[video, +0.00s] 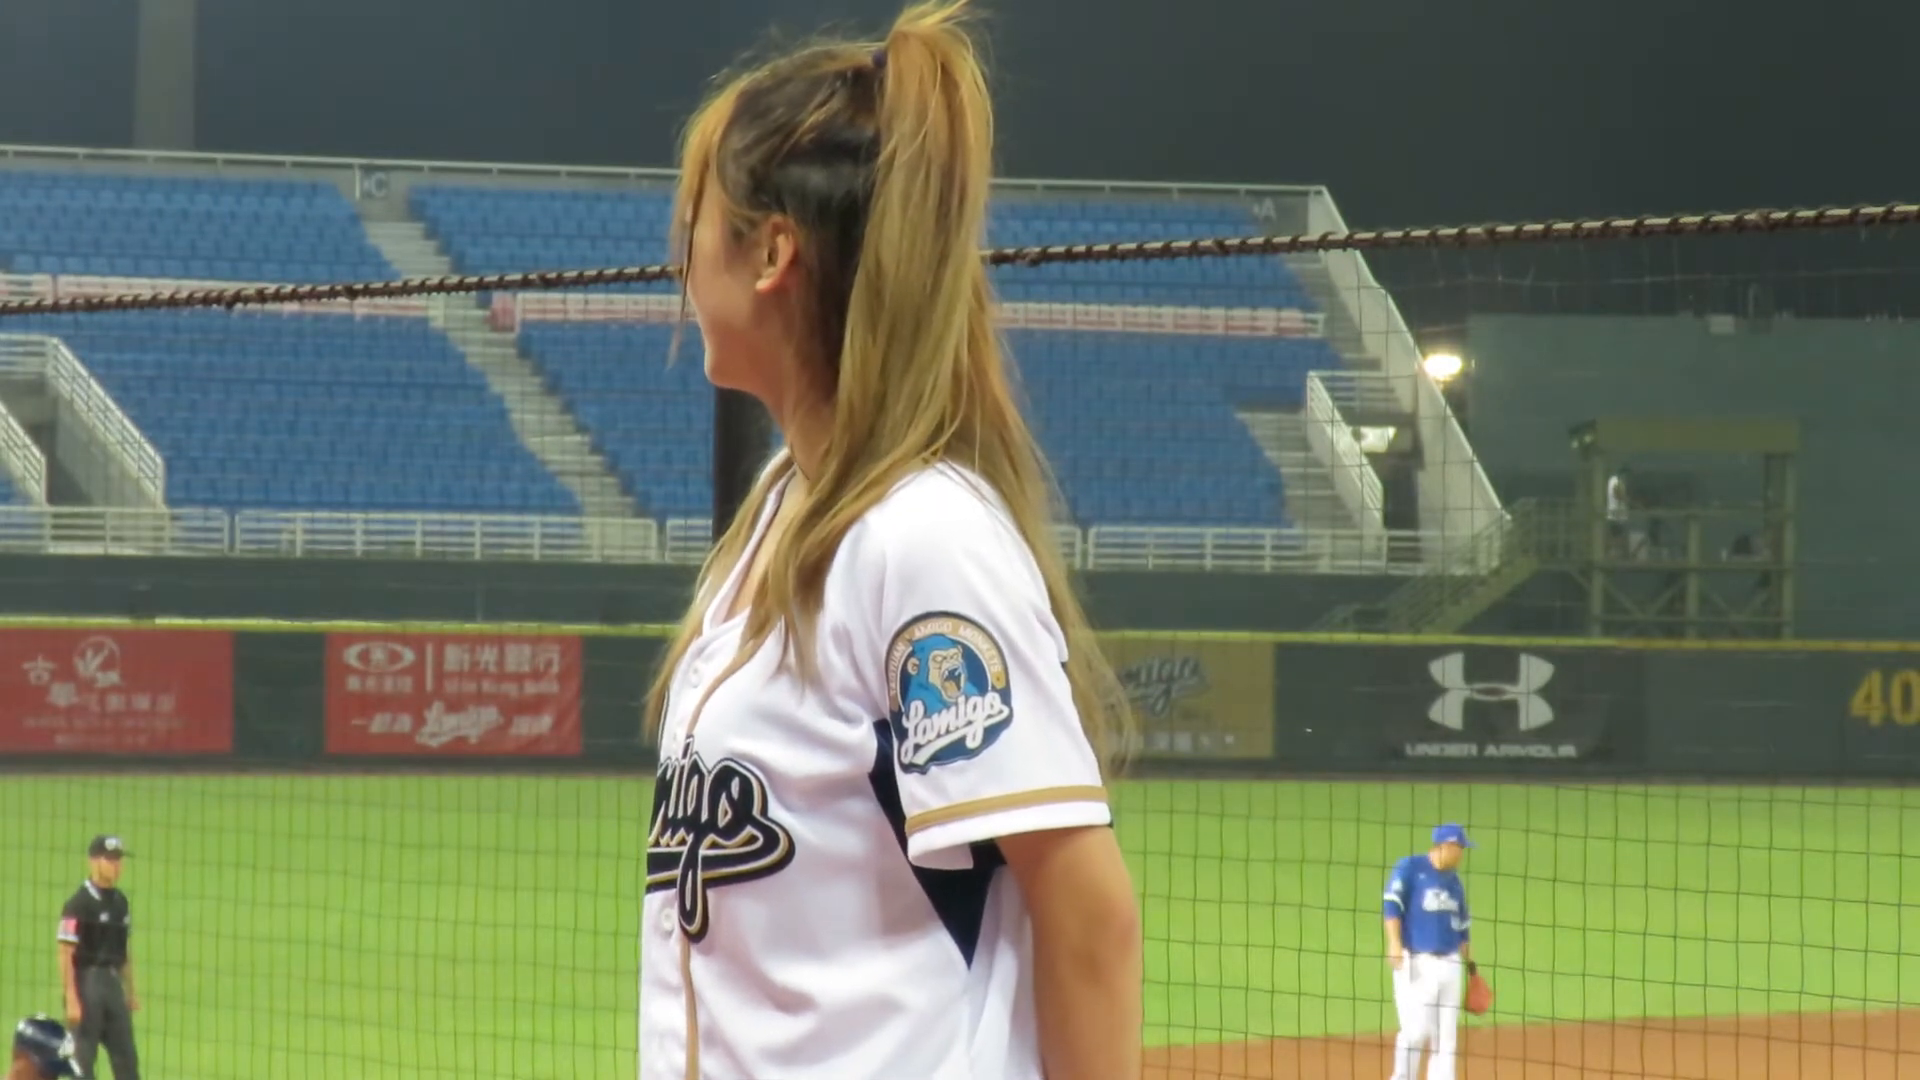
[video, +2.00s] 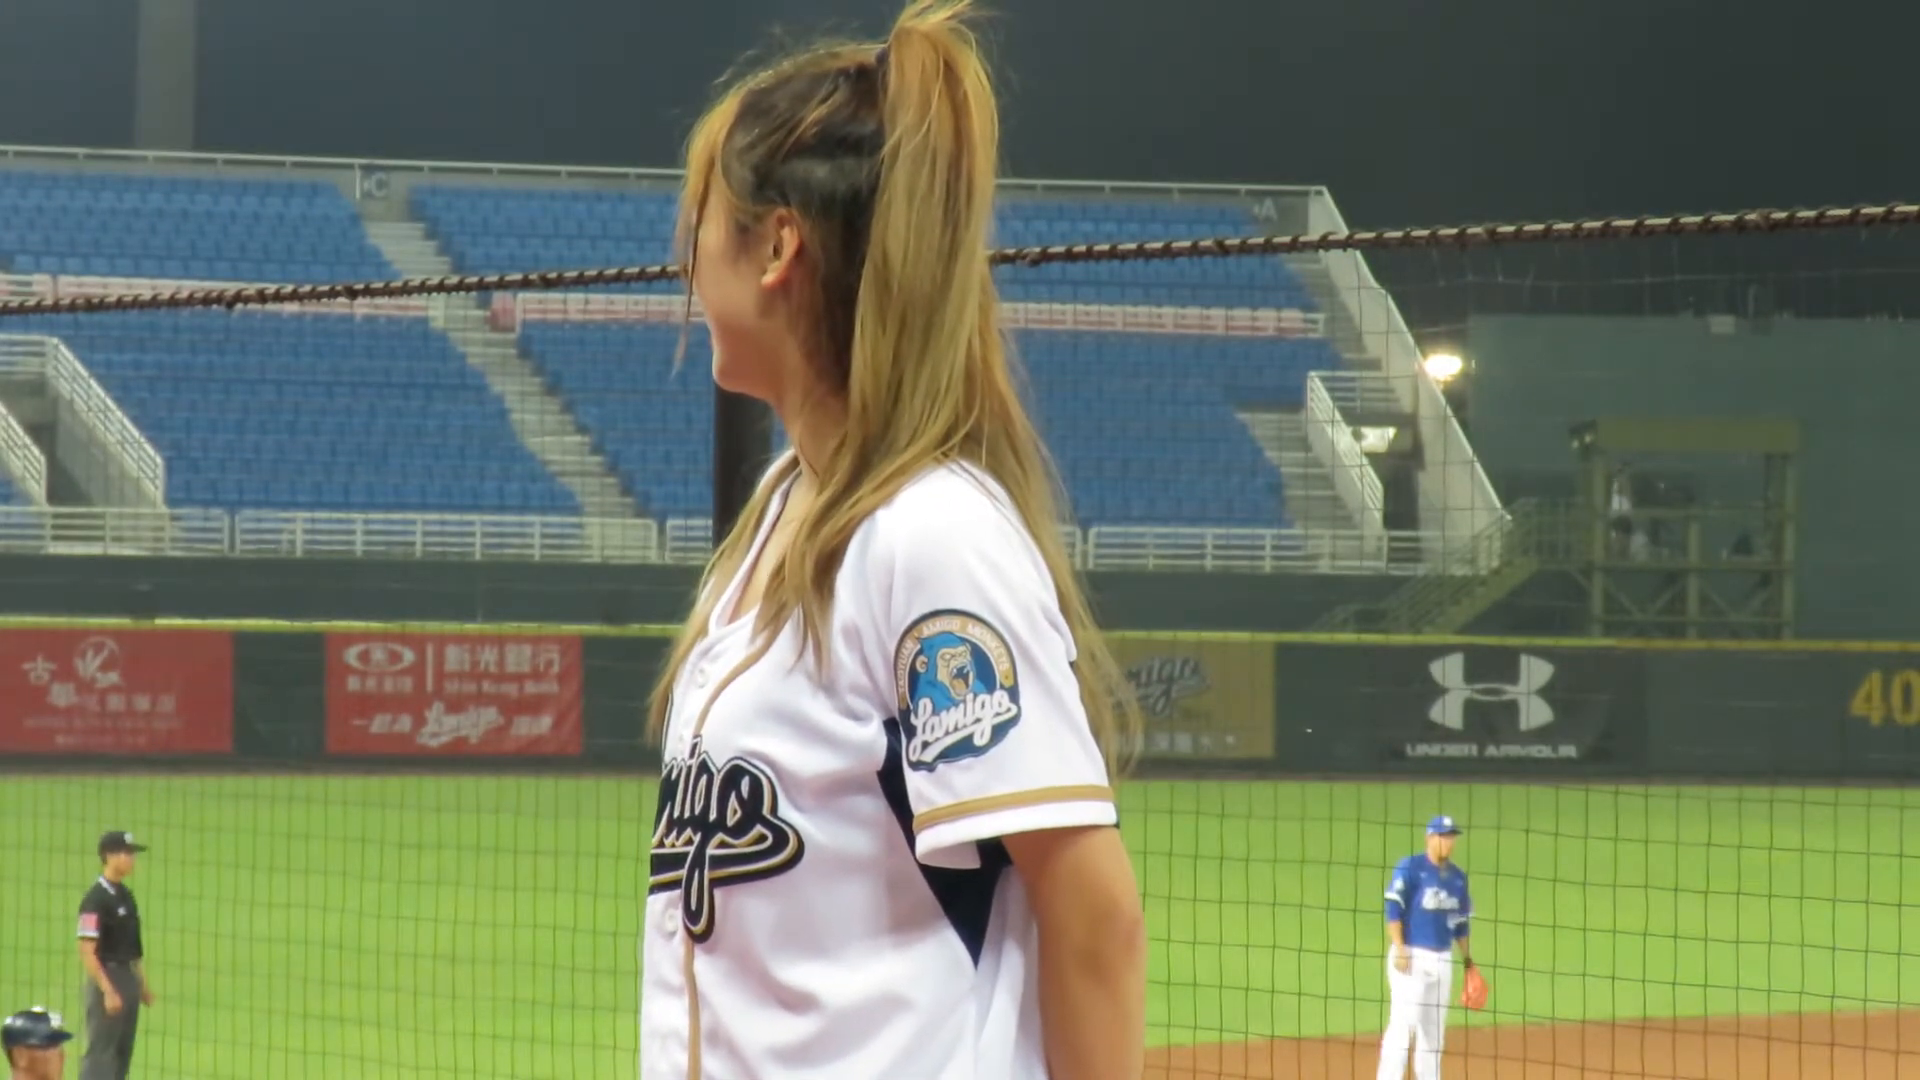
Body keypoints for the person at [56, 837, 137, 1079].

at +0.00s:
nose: (116, 866)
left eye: (118, 860)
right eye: (109, 860)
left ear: (121, 862)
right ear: (94, 861)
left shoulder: (119, 901)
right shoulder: (78, 903)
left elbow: (122, 952)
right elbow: (65, 954)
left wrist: (129, 990)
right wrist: (71, 999)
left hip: (113, 973)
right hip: (87, 973)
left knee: (125, 1054)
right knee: (84, 1053)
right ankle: (81, 1074)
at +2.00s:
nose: (132, 860)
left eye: (132, 854)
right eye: (127, 854)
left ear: (121, 857)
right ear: (110, 856)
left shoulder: (125, 895)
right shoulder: (95, 898)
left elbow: (130, 947)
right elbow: (87, 950)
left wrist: (141, 984)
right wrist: (108, 990)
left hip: (127, 970)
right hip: (106, 969)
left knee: (122, 1047)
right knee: (103, 1048)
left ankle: (117, 1075)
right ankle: (98, 1075)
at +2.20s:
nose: (137, 861)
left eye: (138, 855)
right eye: (133, 855)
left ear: (129, 857)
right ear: (116, 857)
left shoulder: (124, 892)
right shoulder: (104, 896)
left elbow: (126, 946)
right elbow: (94, 945)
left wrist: (138, 984)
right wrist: (116, 986)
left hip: (128, 970)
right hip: (112, 971)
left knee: (122, 1049)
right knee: (107, 1050)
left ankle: (116, 1074)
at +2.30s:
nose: (139, 862)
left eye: (140, 856)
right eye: (135, 855)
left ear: (131, 857)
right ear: (119, 857)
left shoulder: (126, 893)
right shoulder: (107, 896)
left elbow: (123, 941)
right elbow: (97, 946)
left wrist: (133, 976)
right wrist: (118, 985)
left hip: (129, 967)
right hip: (114, 969)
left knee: (123, 1046)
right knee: (109, 1046)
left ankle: (117, 1074)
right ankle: (100, 1074)